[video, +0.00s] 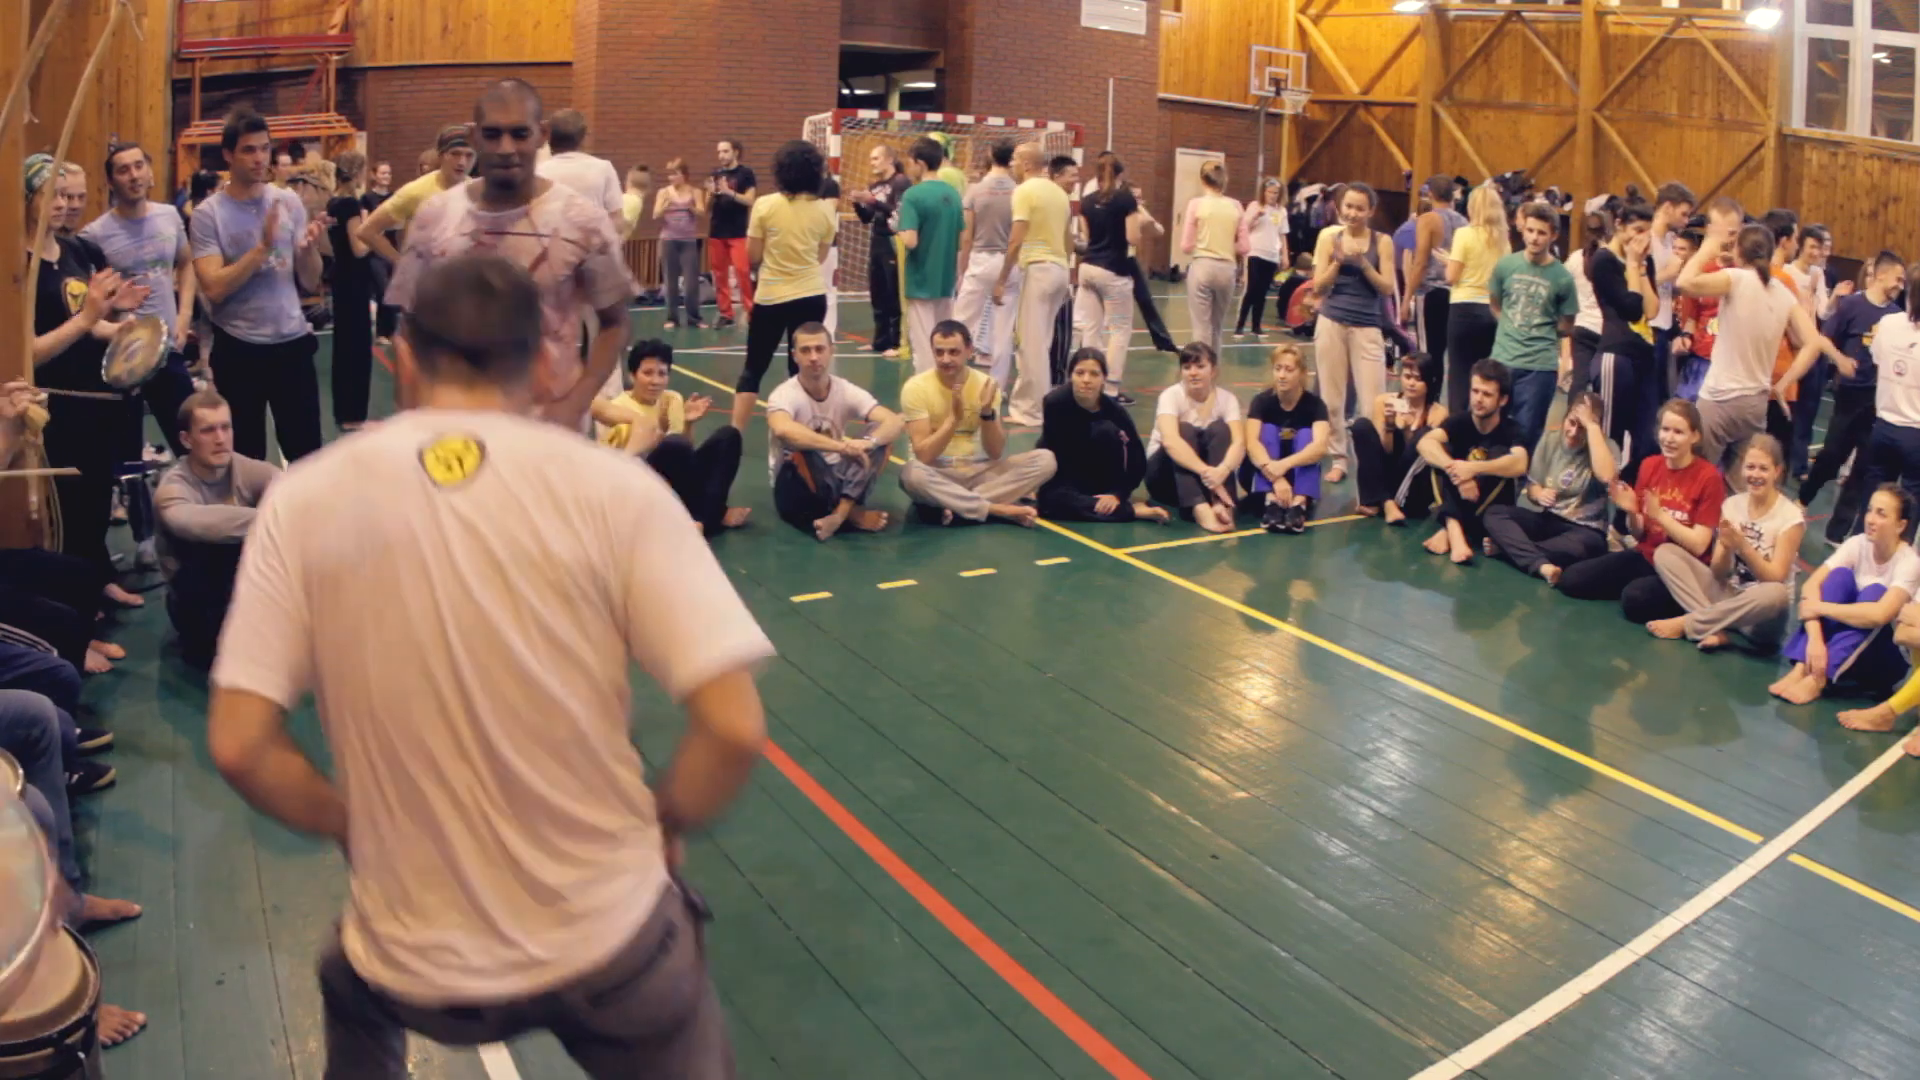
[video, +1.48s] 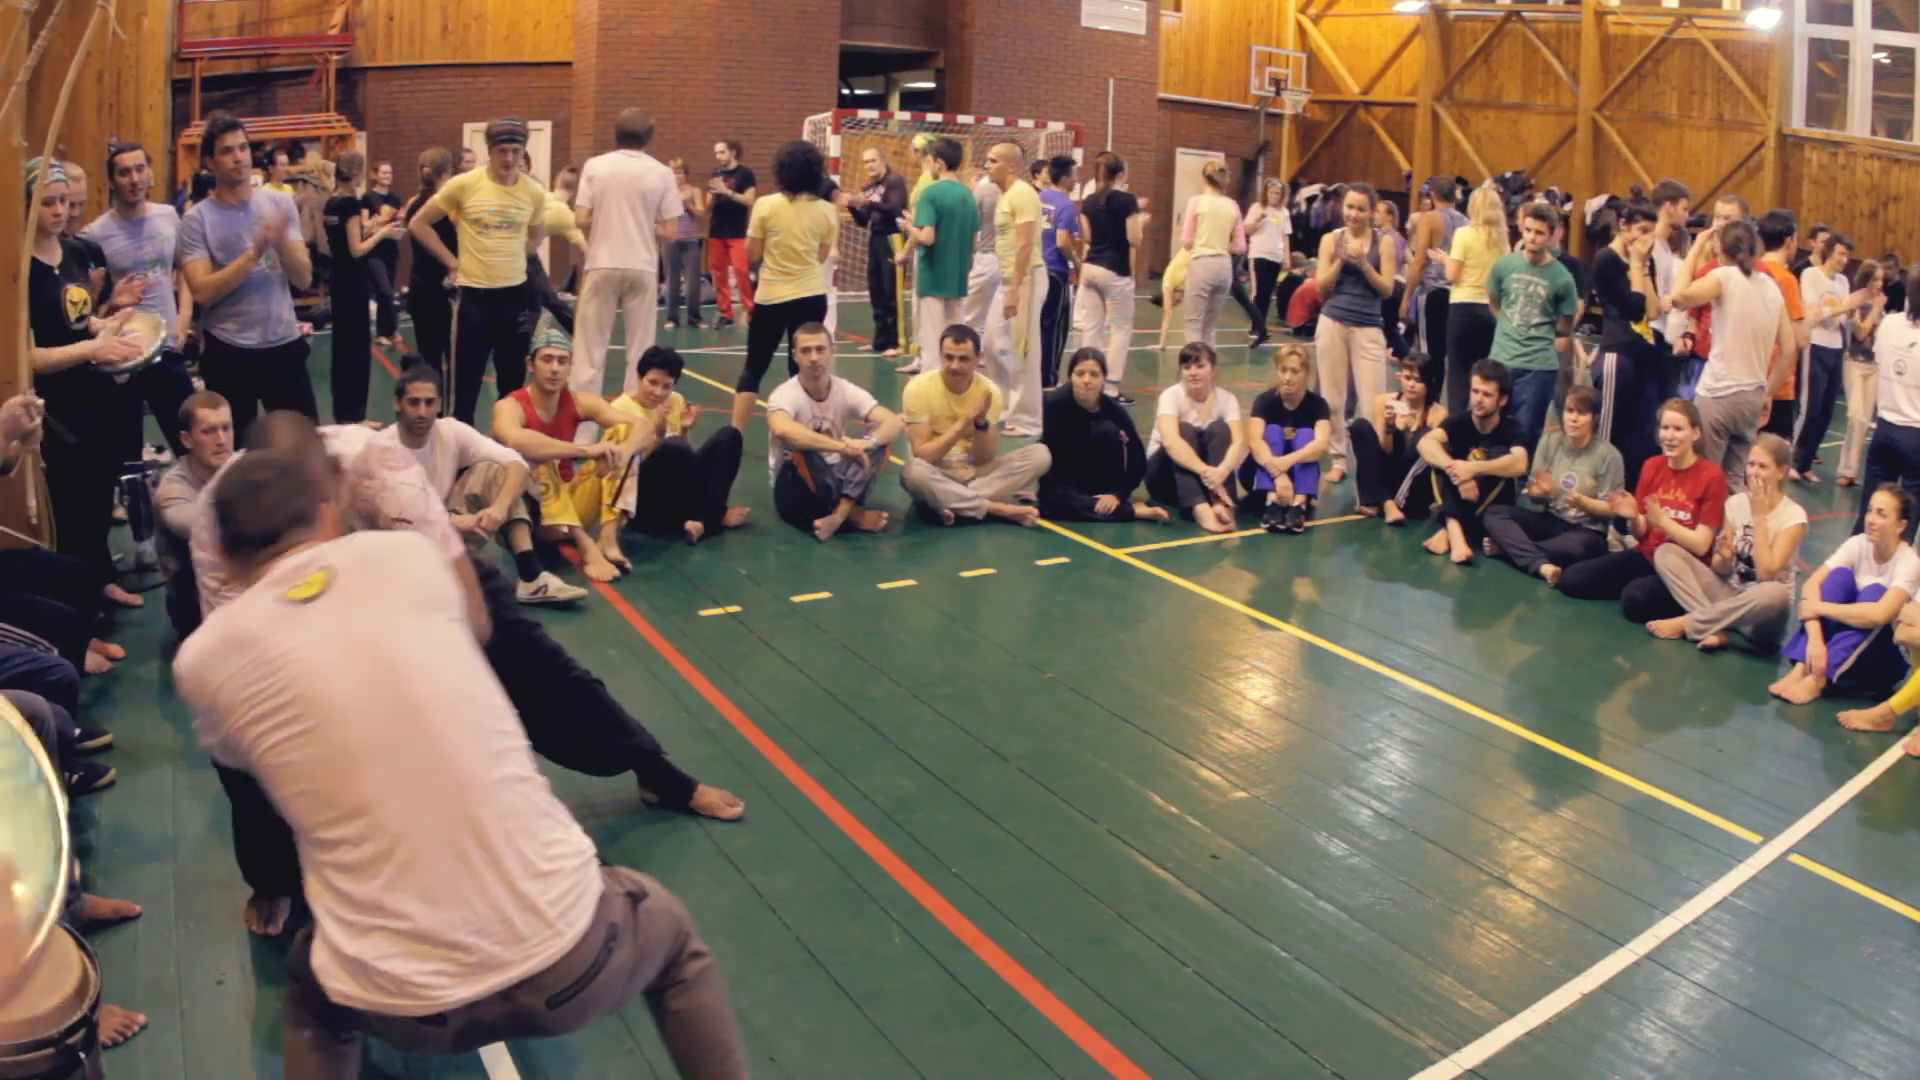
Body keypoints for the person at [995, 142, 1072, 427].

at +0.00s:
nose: (1013, 166)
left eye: (1016, 161)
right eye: (1014, 160)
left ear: (1027, 164)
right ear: (1041, 164)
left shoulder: (1024, 191)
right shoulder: (1060, 192)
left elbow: (1016, 240)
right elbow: (1067, 238)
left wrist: (1001, 280)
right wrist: (1066, 268)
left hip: (1038, 267)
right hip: (1060, 268)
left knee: (1033, 340)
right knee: (1039, 338)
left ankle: (1031, 408)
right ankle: (1028, 402)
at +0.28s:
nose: (1002, 163)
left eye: (1005, 159)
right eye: (1004, 158)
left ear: (1016, 162)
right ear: (1029, 163)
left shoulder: (1014, 190)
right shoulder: (1046, 191)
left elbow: (1010, 237)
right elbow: (1052, 235)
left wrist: (997, 278)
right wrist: (1047, 261)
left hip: (1026, 264)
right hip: (1046, 264)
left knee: (1025, 338)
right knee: (1022, 337)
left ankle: (1029, 407)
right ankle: (1020, 401)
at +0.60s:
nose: (994, 162)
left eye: (998, 157)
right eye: (996, 157)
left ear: (1012, 161)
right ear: (1018, 162)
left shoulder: (1013, 185)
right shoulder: (1031, 186)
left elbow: (1013, 232)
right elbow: (1039, 228)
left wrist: (1000, 273)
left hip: (1024, 262)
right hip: (1036, 260)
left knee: (1016, 333)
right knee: (1014, 332)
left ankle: (1025, 405)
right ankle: (1014, 400)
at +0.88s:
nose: (993, 163)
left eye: (999, 158)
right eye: (994, 158)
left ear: (1016, 162)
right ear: (1014, 163)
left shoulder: (1017, 186)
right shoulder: (1023, 186)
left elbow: (1019, 232)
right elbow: (1023, 232)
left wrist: (1007, 276)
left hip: (1028, 264)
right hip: (1029, 262)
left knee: (1022, 337)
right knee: (1017, 337)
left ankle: (1030, 408)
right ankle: (1020, 403)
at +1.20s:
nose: (991, 166)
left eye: (998, 161)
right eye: (992, 160)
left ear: (1015, 166)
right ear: (1003, 165)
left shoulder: (1021, 192)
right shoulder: (1014, 193)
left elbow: (1030, 239)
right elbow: (1024, 239)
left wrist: (1021, 283)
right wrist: (1015, 279)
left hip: (1031, 273)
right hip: (1022, 273)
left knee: (1025, 347)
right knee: (1019, 347)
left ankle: (1025, 416)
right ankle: (1018, 411)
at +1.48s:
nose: (987, 166)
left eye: (993, 161)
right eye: (988, 160)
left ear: (1012, 166)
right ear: (1003, 166)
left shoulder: (1022, 194)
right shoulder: (1008, 195)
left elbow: (1026, 243)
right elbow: (1014, 242)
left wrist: (1015, 287)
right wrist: (1006, 281)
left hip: (1028, 278)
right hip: (1011, 278)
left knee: (1024, 348)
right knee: (997, 344)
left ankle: (1027, 416)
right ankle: (1016, 405)